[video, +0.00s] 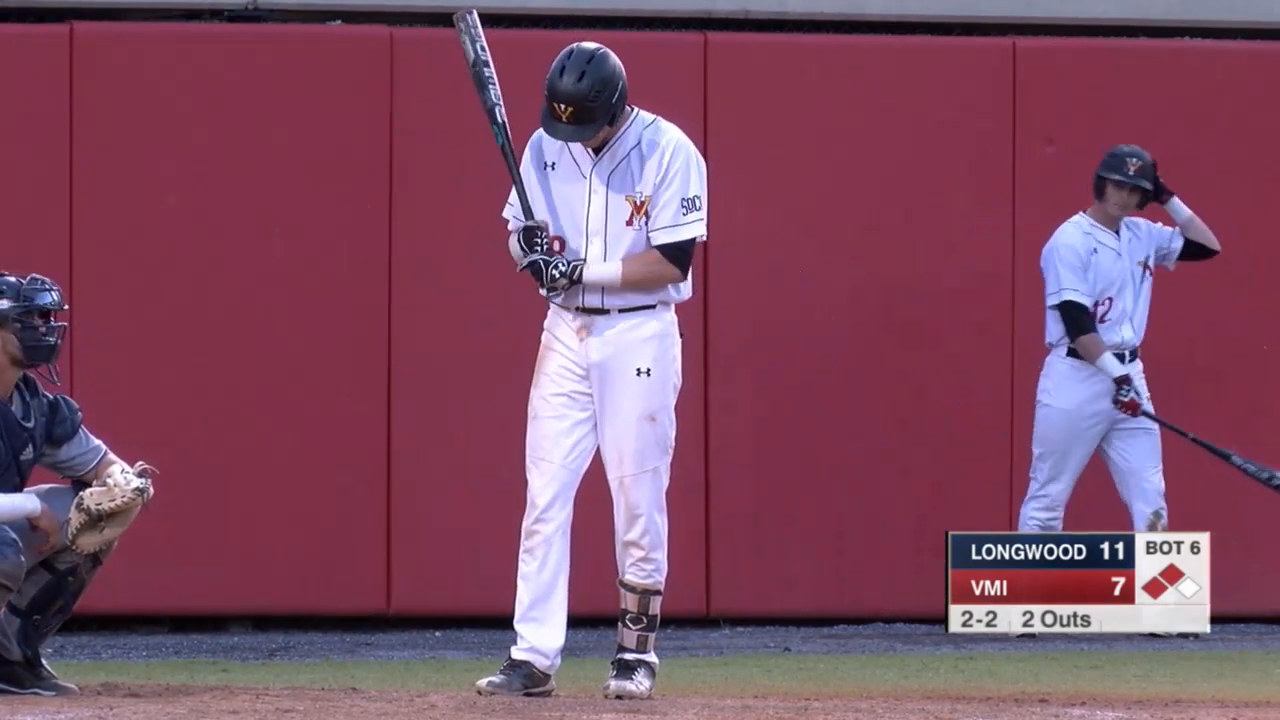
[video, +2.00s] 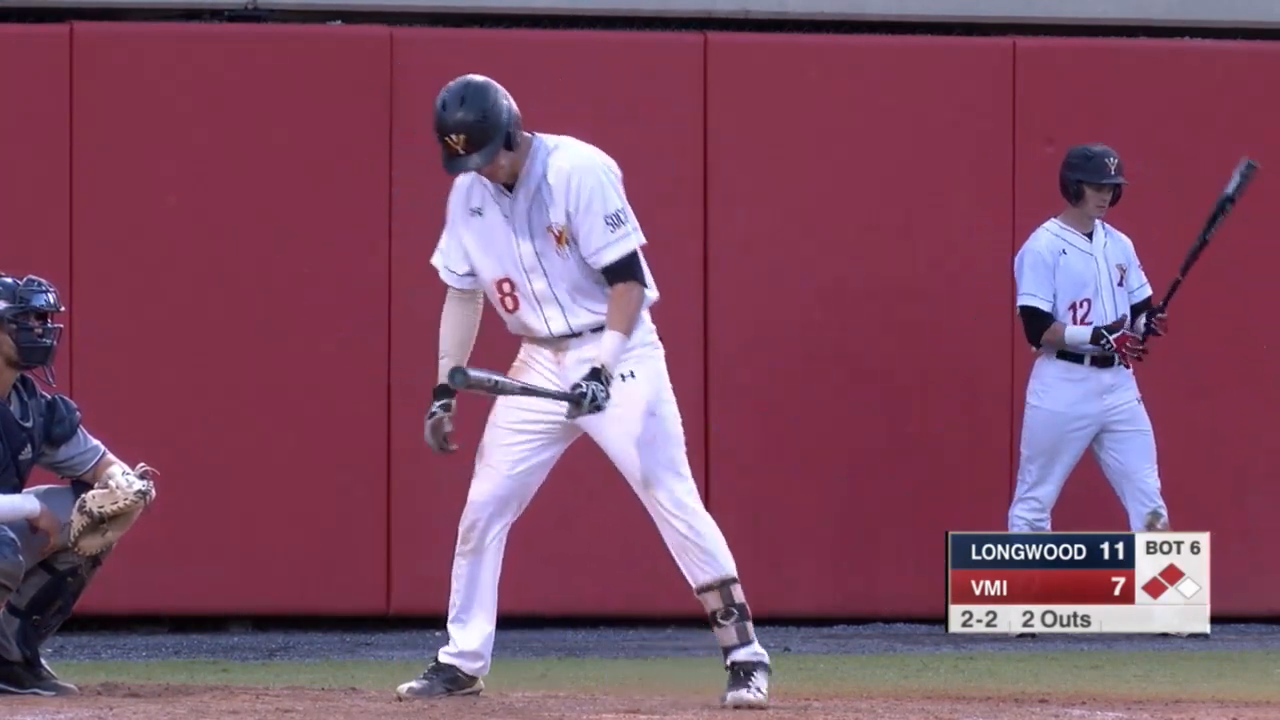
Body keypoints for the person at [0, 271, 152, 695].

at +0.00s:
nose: (40, 328)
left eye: (42, 319)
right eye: (25, 319)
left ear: (47, 325)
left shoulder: (37, 404)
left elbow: (98, 462)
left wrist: (127, 483)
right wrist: (29, 505)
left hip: (9, 522)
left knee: (96, 513)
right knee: (10, 547)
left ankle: (14, 652)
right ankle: (7, 653)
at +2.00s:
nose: (38, 330)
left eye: (41, 321)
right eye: (23, 320)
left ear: (46, 327)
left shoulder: (35, 405)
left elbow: (98, 463)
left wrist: (128, 485)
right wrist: (26, 507)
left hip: (9, 522)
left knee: (93, 513)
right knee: (9, 547)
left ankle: (15, 651)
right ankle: (8, 654)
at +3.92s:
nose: (29, 325)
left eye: (35, 315)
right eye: (18, 314)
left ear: (42, 321)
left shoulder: (36, 404)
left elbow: (108, 468)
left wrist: (179, 506)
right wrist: (9, 459)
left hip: (6, 528)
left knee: (98, 515)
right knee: (7, 561)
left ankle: (14, 651)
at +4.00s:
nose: (29, 325)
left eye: (34, 315)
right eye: (17, 314)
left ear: (41, 321)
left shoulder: (23, 395)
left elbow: (107, 466)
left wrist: (183, 512)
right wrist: (21, 427)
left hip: (5, 528)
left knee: (98, 515)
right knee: (8, 561)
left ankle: (14, 651)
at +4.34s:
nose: (30, 322)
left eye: (36, 312)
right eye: (19, 311)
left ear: (43, 318)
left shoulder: (33, 401)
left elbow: (106, 469)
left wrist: (188, 531)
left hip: (9, 528)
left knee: (97, 513)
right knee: (7, 563)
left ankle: (14, 652)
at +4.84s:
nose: (32, 322)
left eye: (38, 312)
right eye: (19, 311)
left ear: (47, 317)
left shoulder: (37, 404)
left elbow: (115, 474)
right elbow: (8, 511)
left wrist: (191, 536)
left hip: (3, 527)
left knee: (100, 514)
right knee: (6, 558)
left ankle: (13, 652)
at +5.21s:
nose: (30, 319)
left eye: (34, 310)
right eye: (17, 309)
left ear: (39, 316)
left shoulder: (36, 402)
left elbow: (99, 463)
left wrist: (172, 512)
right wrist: (6, 474)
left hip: (4, 531)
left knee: (98, 515)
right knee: (5, 561)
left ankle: (12, 651)